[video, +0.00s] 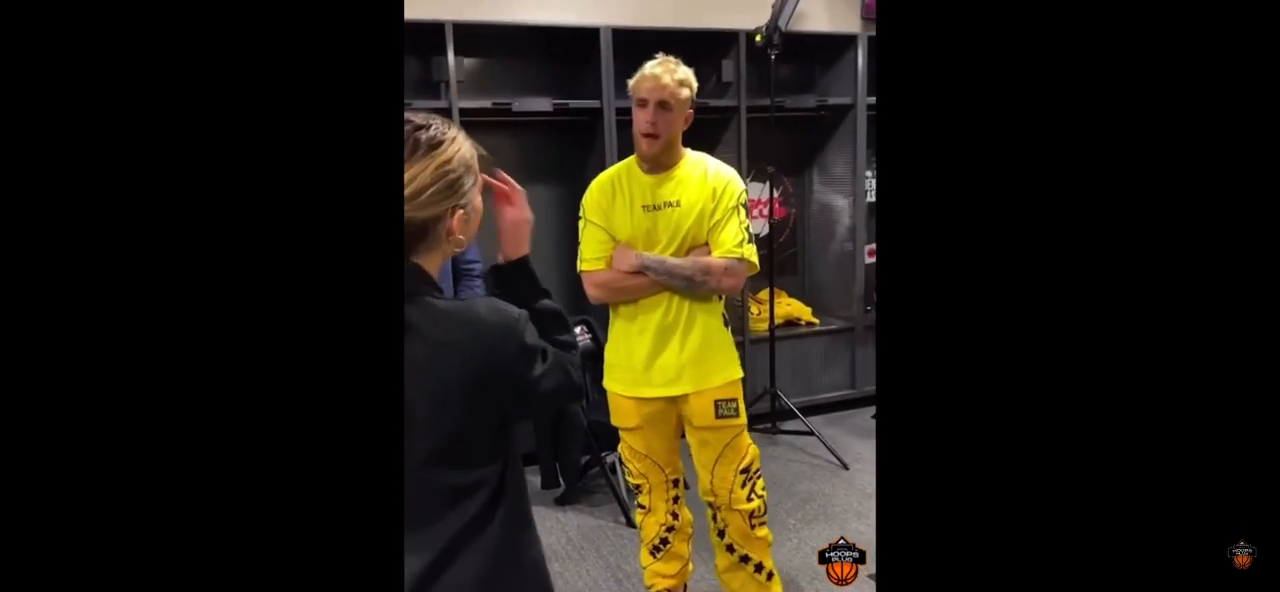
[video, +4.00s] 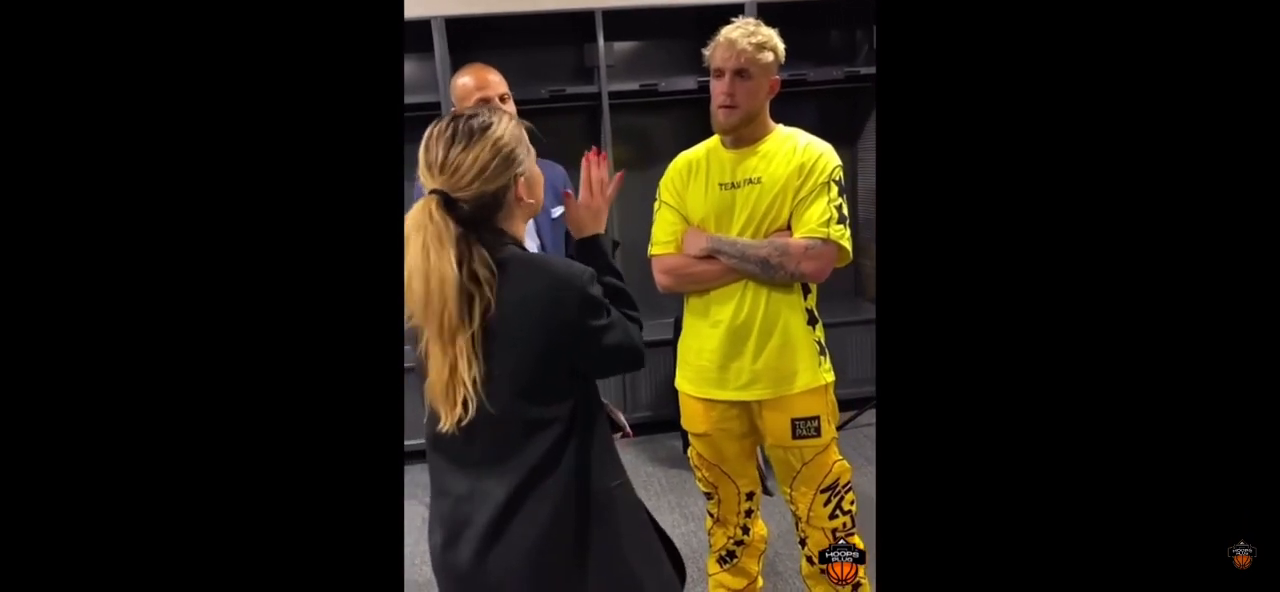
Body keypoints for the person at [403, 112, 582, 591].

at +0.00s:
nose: (480, 208)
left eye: (477, 194)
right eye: (476, 196)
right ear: (455, 222)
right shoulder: (488, 333)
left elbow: (564, 379)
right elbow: (566, 379)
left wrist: (516, 266)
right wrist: (517, 266)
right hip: (479, 572)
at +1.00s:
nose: (423, 239)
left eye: (421, 224)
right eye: (419, 224)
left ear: (418, 241)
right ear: (409, 242)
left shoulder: (433, 372)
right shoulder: (431, 374)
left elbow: (498, 442)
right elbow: (501, 443)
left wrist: (507, 329)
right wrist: (509, 330)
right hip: (435, 575)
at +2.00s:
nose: (504, 199)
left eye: (498, 186)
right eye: (497, 188)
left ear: (413, 208)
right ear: (475, 212)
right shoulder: (510, 325)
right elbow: (592, 378)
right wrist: (550, 276)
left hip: (417, 564)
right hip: (504, 566)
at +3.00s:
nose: (557, 196)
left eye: (554, 184)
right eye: (550, 186)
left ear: (459, 198)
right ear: (524, 203)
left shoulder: (422, 290)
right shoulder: (549, 301)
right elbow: (631, 334)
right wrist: (581, 246)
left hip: (455, 541)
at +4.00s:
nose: (541, 171)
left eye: (533, 160)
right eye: (534, 163)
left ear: (450, 192)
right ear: (521, 190)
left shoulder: (432, 277)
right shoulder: (556, 283)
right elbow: (628, 346)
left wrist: (582, 410)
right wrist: (591, 240)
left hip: (461, 519)